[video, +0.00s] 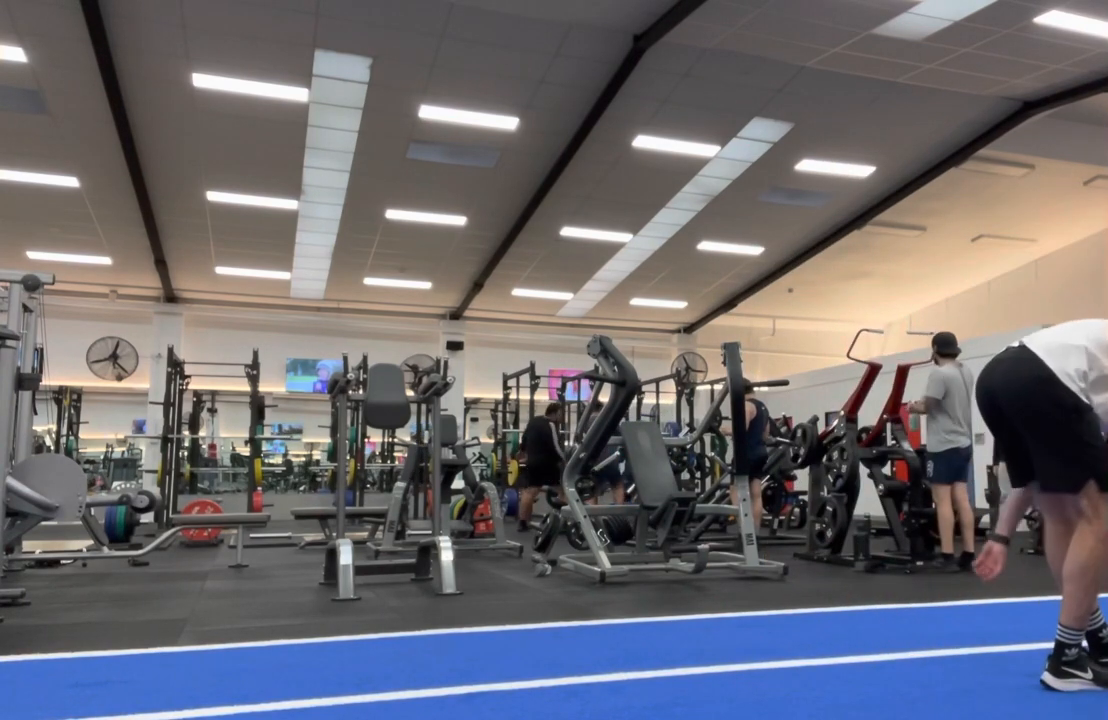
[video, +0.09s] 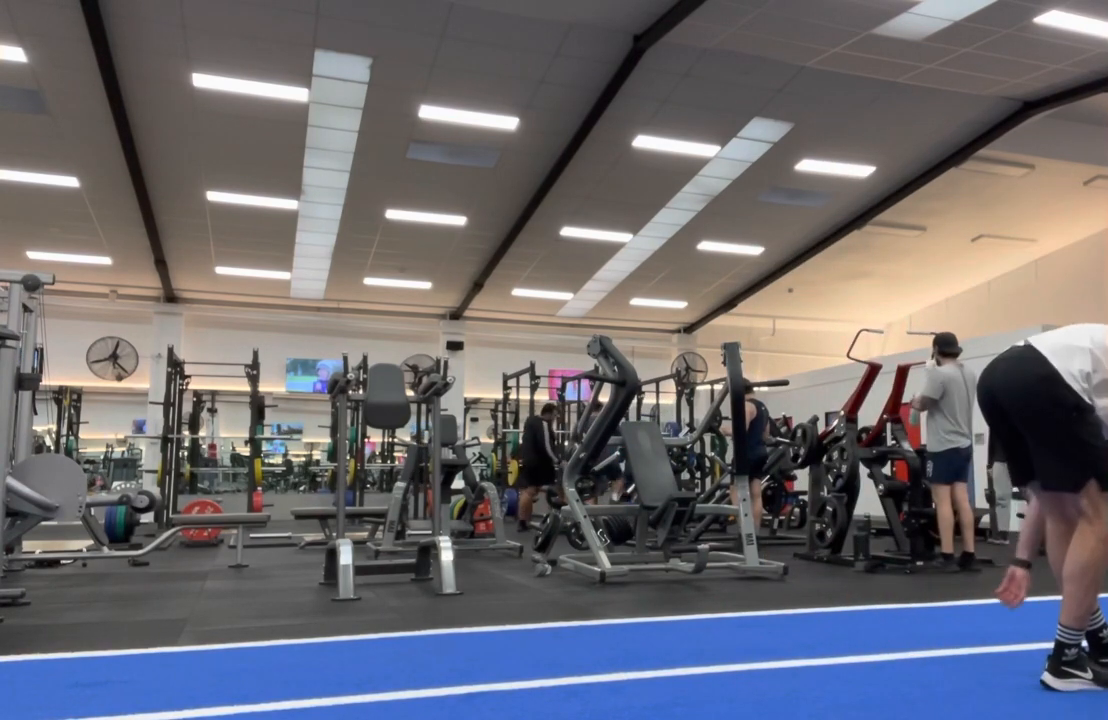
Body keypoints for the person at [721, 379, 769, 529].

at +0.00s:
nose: (733, 395)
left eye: (734, 391)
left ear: (738, 391)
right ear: (751, 388)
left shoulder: (747, 405)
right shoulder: (761, 406)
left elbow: (742, 429)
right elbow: (766, 432)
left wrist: (725, 430)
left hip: (745, 454)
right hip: (760, 453)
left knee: (735, 489)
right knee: (756, 494)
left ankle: (742, 527)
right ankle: (755, 532)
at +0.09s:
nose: (733, 395)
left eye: (733, 391)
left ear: (738, 391)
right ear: (750, 388)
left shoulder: (747, 406)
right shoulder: (762, 406)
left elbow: (741, 430)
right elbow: (766, 434)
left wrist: (724, 429)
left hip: (746, 454)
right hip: (760, 453)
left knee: (735, 490)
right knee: (756, 494)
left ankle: (743, 528)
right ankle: (755, 531)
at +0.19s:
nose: (733, 395)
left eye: (733, 391)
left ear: (738, 391)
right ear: (750, 388)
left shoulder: (747, 405)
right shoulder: (762, 406)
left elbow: (742, 430)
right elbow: (766, 434)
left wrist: (724, 429)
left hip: (746, 454)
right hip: (760, 453)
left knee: (735, 490)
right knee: (756, 494)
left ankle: (743, 528)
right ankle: (755, 531)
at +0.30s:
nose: (732, 395)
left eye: (733, 391)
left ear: (738, 391)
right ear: (750, 388)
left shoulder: (747, 406)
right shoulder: (761, 406)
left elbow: (742, 430)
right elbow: (766, 433)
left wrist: (724, 429)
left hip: (746, 454)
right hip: (760, 453)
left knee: (735, 489)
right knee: (756, 494)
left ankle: (742, 527)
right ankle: (755, 532)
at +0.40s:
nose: (733, 395)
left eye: (734, 391)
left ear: (738, 391)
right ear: (750, 388)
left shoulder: (747, 406)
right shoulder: (761, 406)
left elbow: (742, 431)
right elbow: (766, 434)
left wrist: (723, 429)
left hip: (746, 455)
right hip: (760, 453)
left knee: (735, 490)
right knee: (756, 494)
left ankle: (742, 528)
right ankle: (755, 531)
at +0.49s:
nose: (733, 395)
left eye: (734, 391)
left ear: (738, 391)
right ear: (750, 388)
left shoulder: (747, 406)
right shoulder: (761, 406)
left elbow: (742, 431)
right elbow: (766, 434)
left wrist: (724, 429)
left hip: (746, 454)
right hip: (760, 453)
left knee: (735, 490)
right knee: (756, 494)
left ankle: (743, 528)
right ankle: (755, 531)